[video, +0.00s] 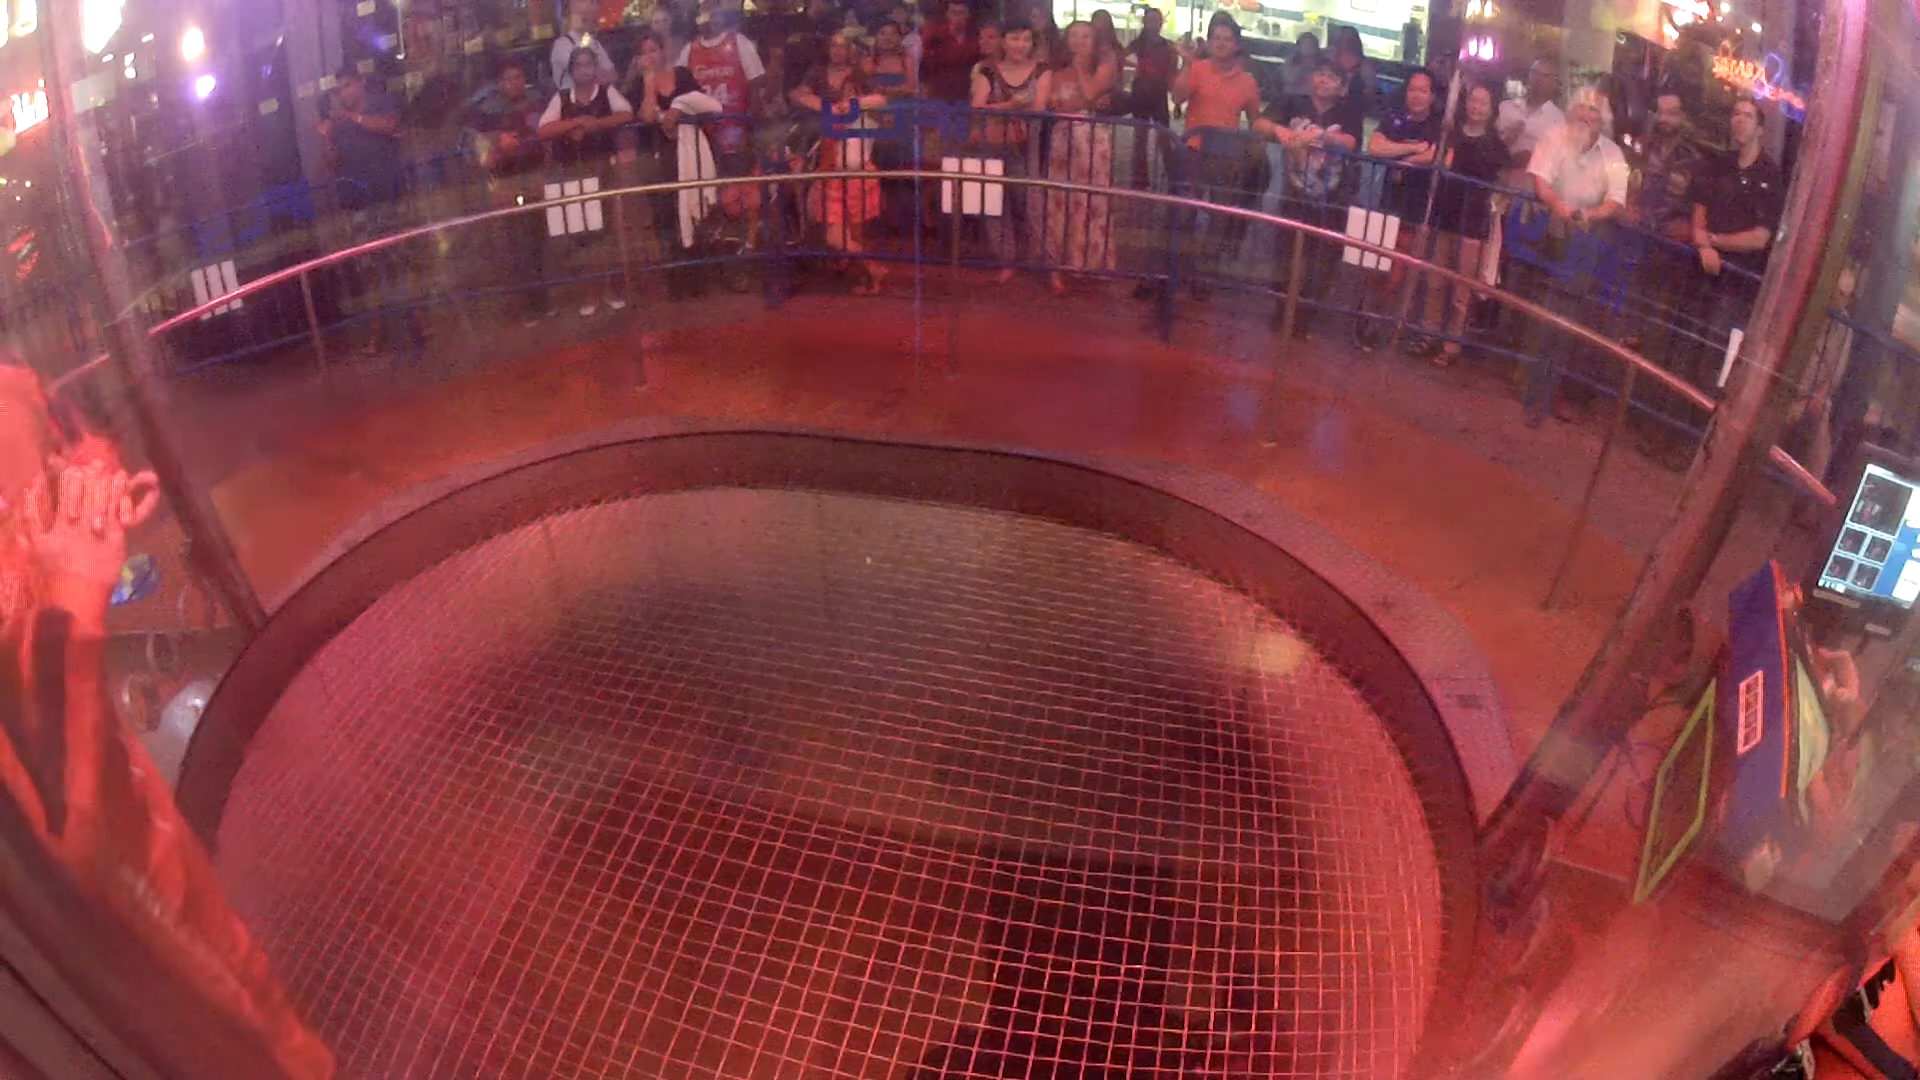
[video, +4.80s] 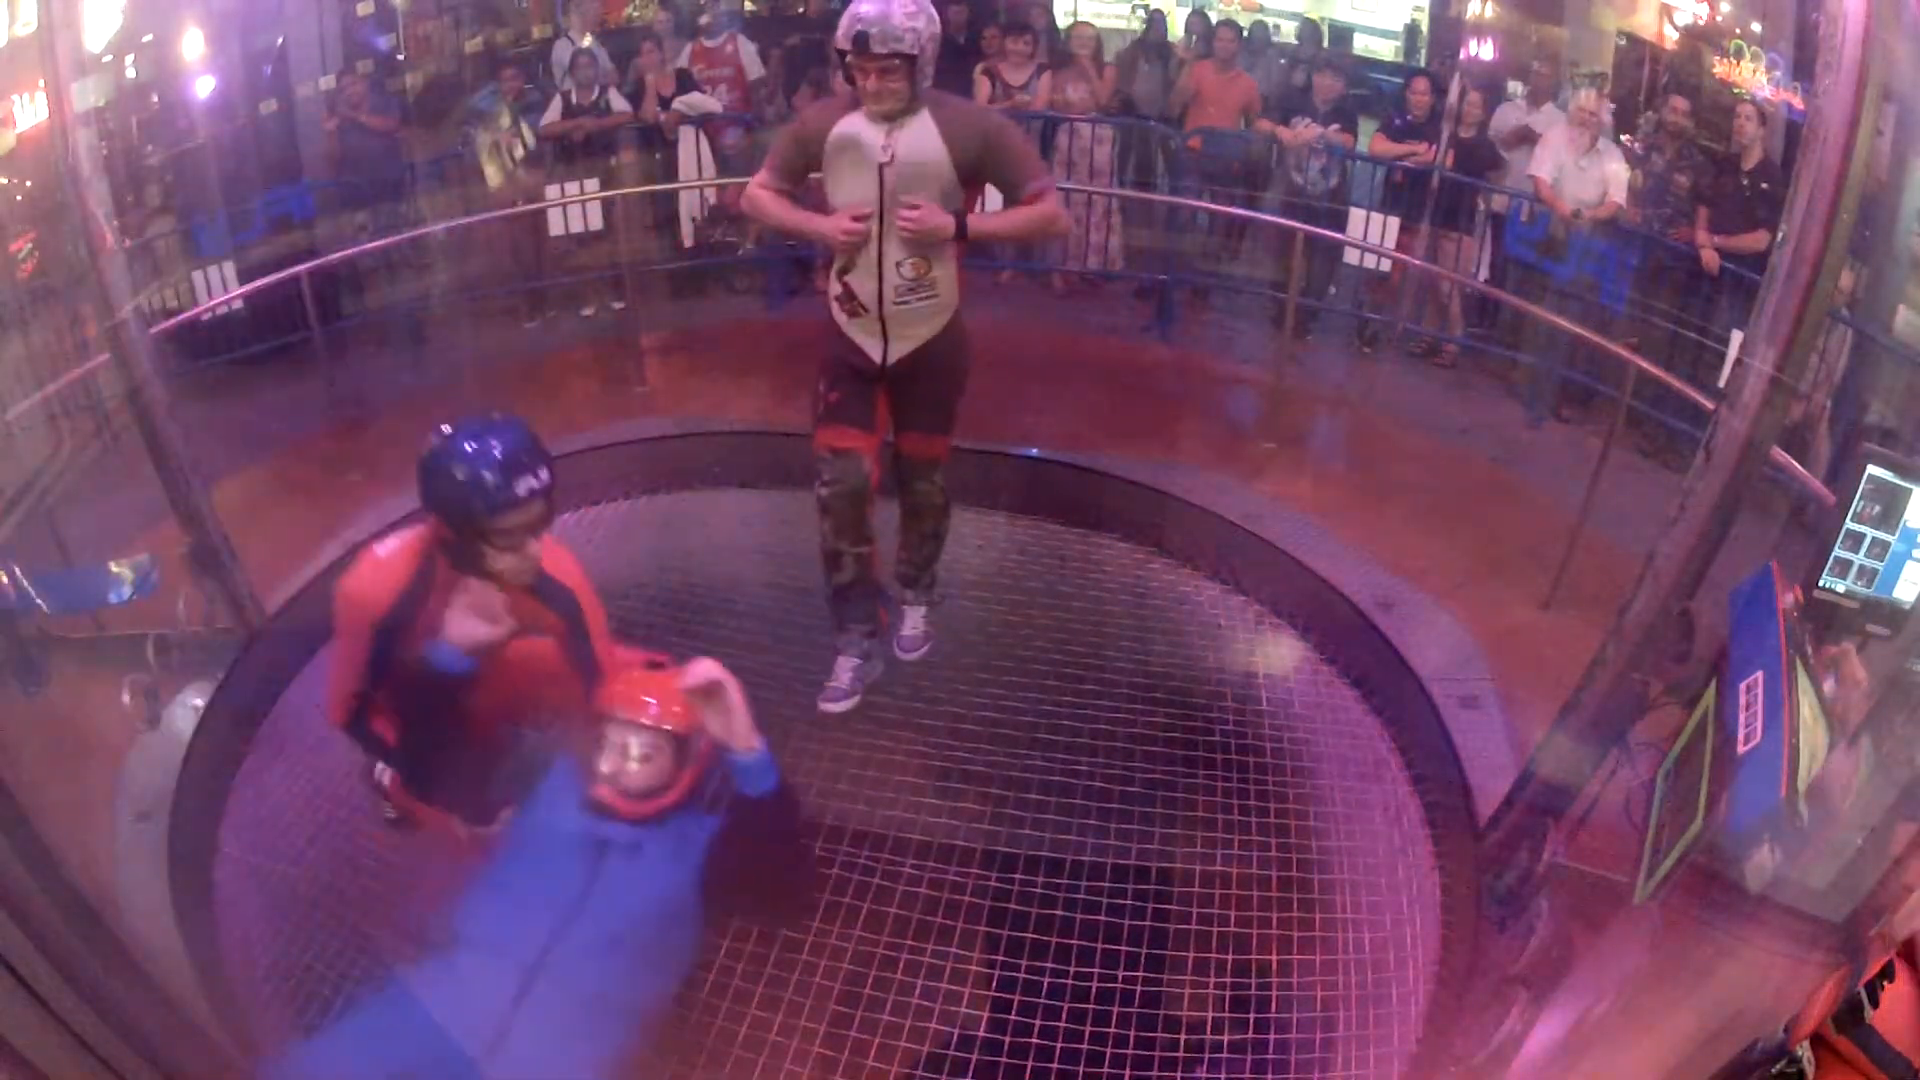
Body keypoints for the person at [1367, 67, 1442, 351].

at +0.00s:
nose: (1416, 95)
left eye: (1422, 90)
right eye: (1412, 89)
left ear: (1433, 96)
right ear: (1405, 93)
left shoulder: (1439, 126)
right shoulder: (1393, 119)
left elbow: (1439, 158)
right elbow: (1375, 147)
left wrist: (1402, 159)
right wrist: (1415, 148)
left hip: (1422, 214)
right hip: (1389, 209)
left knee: (1410, 275)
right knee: (1378, 268)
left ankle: (1399, 326)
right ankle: (1366, 320)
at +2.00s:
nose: (1416, 97)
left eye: (1422, 92)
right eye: (1412, 91)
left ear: (1432, 98)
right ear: (1404, 94)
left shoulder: (1439, 128)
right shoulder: (1394, 121)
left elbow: (1440, 159)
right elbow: (1375, 147)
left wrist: (1401, 158)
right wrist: (1415, 148)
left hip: (1422, 212)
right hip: (1389, 208)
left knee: (1410, 274)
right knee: (1378, 269)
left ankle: (1399, 326)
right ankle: (1369, 322)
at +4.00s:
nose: (1417, 99)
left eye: (1423, 93)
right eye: (1412, 93)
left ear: (1433, 98)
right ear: (1405, 95)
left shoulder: (1439, 129)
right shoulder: (1394, 121)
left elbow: (1441, 160)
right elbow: (1375, 148)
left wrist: (1406, 158)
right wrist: (1416, 148)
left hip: (1420, 214)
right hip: (1389, 209)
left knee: (1405, 276)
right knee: (1379, 271)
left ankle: (1394, 326)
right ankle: (1369, 319)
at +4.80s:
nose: (1419, 99)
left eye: (1425, 94)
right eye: (1414, 93)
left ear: (1433, 99)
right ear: (1405, 95)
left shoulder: (1438, 129)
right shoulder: (1395, 121)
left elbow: (1440, 159)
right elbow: (1375, 148)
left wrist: (1404, 158)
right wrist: (1416, 149)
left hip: (1421, 214)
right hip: (1390, 210)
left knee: (1407, 276)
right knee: (1380, 271)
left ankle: (1395, 326)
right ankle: (1369, 321)